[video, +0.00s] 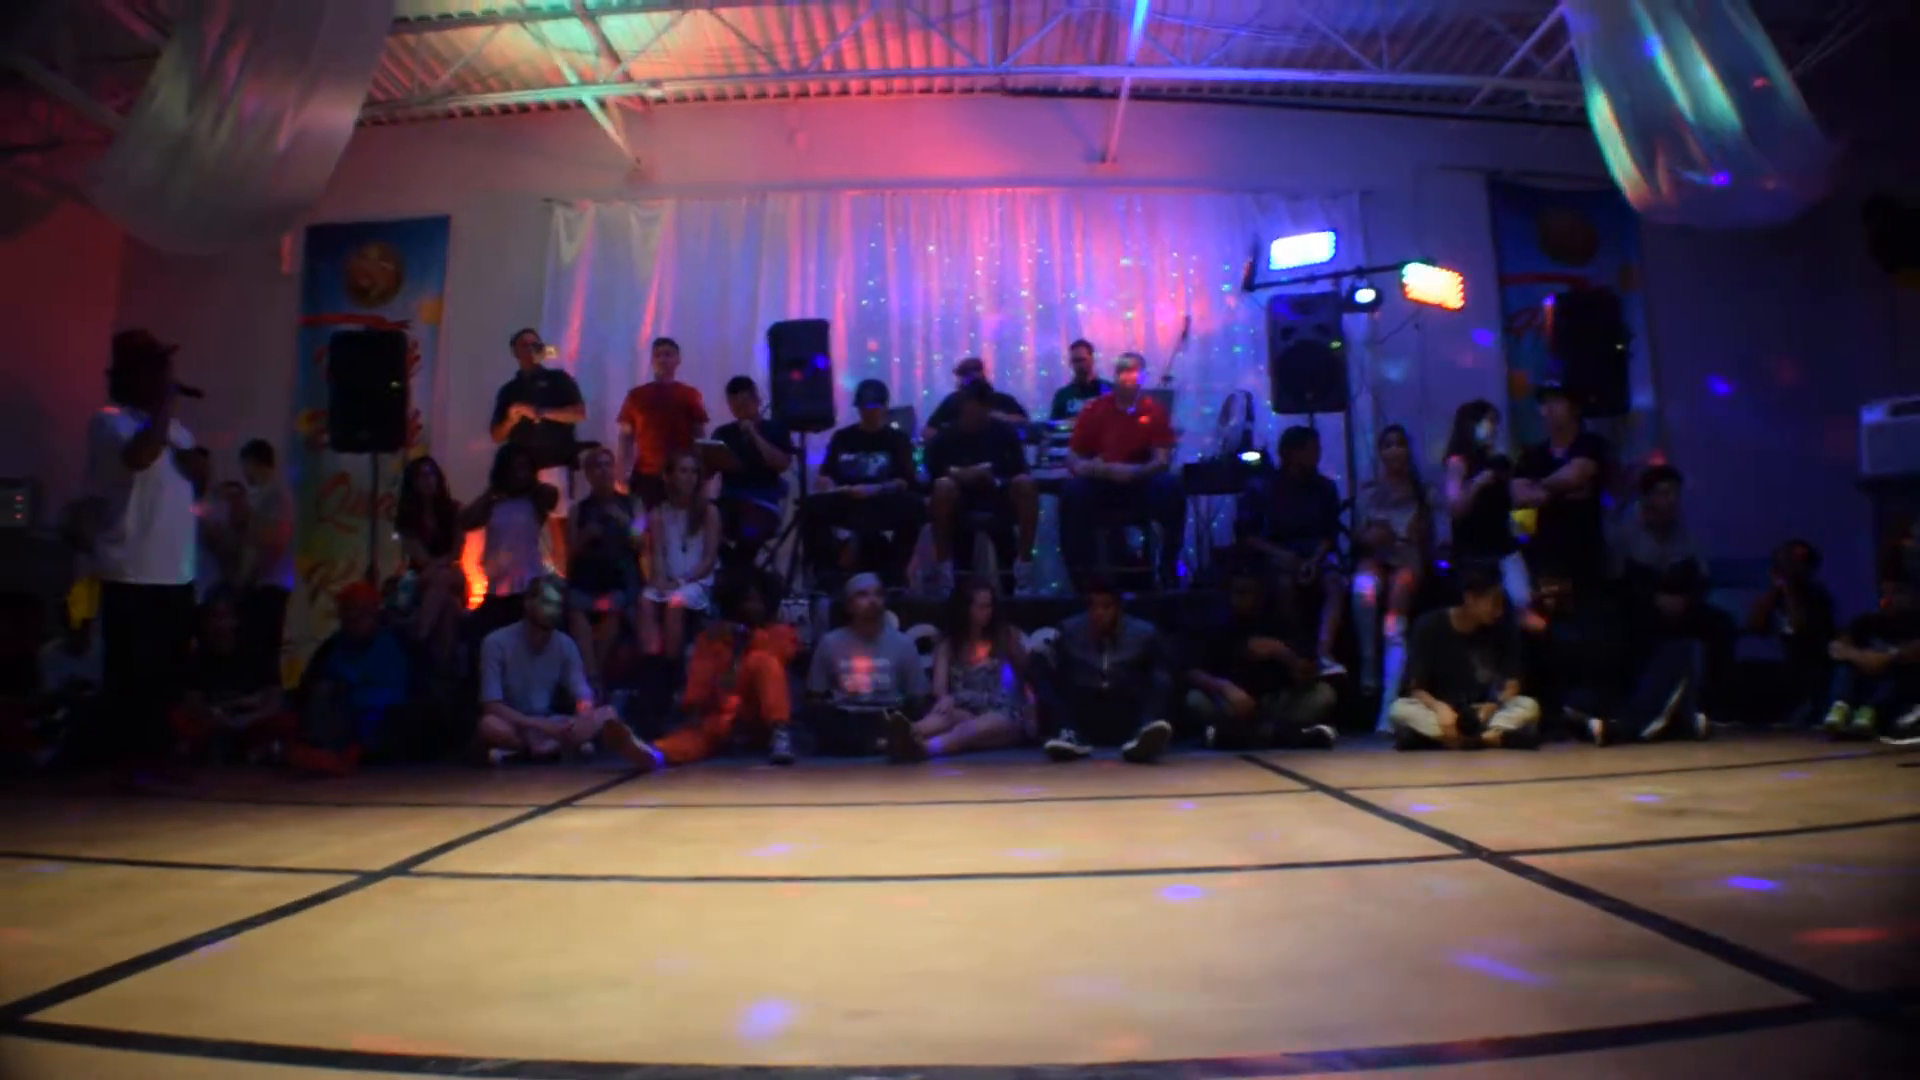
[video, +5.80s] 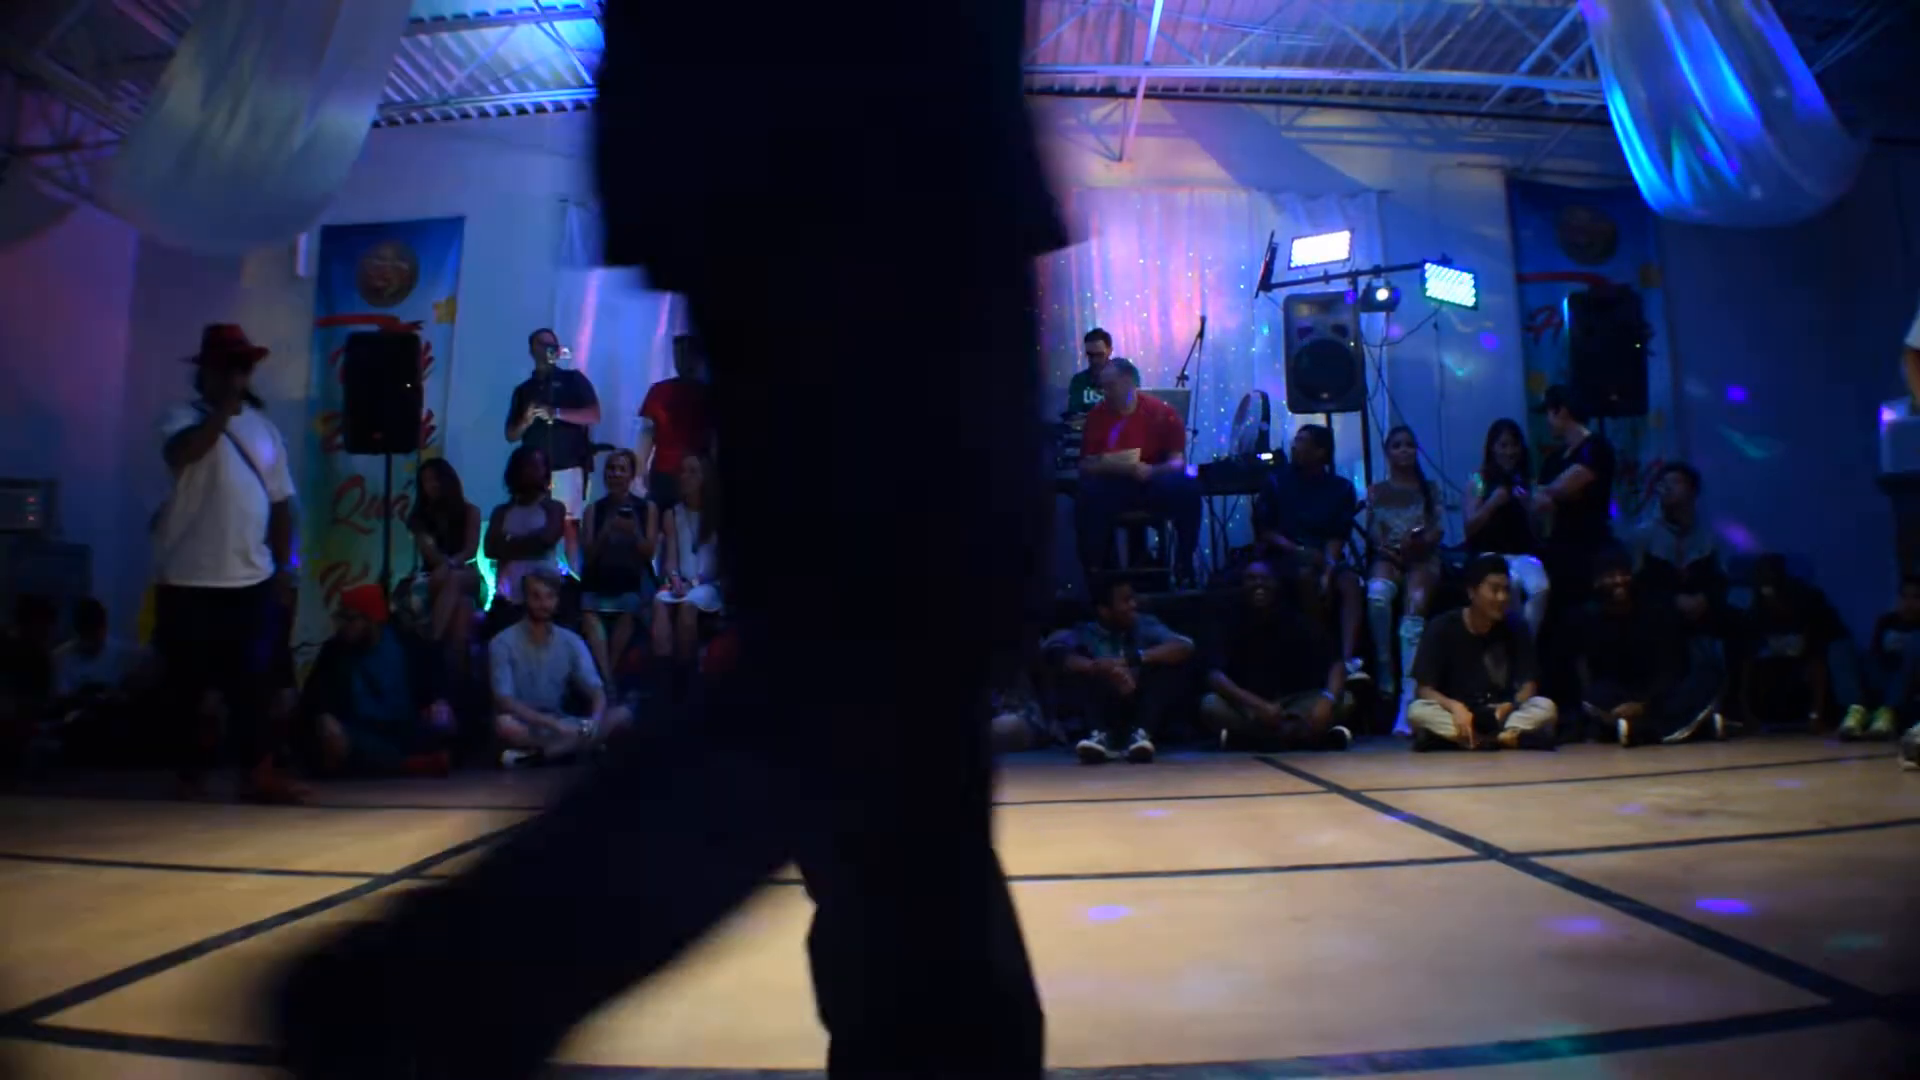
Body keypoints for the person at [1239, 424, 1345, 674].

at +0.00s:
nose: (1315, 457)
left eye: (1316, 451)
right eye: (1309, 451)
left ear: (1316, 453)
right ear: (1289, 453)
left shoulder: (1324, 487)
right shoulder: (1263, 487)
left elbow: (1329, 534)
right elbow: (1247, 535)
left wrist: (1314, 562)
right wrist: (1286, 558)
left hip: (1313, 559)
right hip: (1276, 560)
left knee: (1336, 583)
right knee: (1283, 583)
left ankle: (1324, 653)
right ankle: (1287, 654)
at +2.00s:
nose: (1322, 455)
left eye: (1323, 449)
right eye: (1315, 450)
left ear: (1326, 453)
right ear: (1297, 453)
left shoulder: (1336, 487)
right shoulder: (1276, 487)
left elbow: (1346, 534)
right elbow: (1263, 539)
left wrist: (1330, 558)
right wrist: (1299, 560)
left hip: (1327, 558)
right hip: (1290, 559)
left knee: (1353, 584)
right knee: (1299, 585)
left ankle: (1342, 655)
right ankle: (1308, 654)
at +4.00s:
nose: (1310, 449)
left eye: (1316, 443)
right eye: (1304, 444)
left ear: (1324, 449)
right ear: (1294, 450)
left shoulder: (1340, 485)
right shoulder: (1278, 485)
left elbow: (1346, 532)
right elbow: (1267, 535)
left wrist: (1331, 561)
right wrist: (1301, 559)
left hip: (1330, 558)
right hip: (1294, 558)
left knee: (1354, 583)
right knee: (1299, 585)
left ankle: (1357, 655)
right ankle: (1310, 662)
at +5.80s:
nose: (1294, 446)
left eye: (1301, 442)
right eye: (1295, 441)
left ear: (1320, 451)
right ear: (1295, 445)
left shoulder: (1340, 487)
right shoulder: (1279, 480)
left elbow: (1338, 536)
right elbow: (1264, 529)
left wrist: (1327, 572)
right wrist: (1298, 550)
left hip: (1324, 557)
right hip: (1288, 556)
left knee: (1351, 583)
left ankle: (1348, 658)